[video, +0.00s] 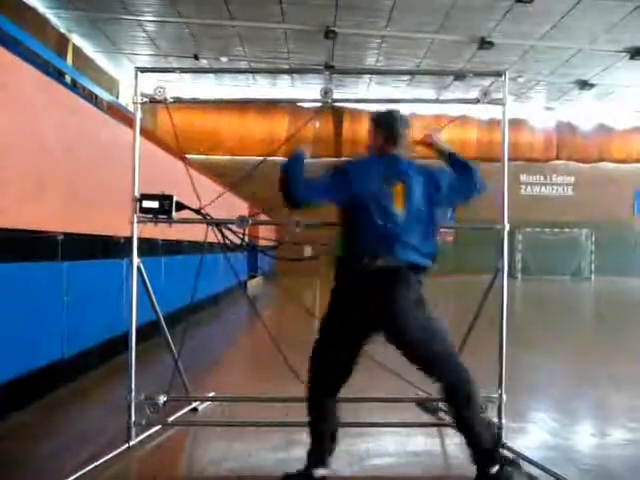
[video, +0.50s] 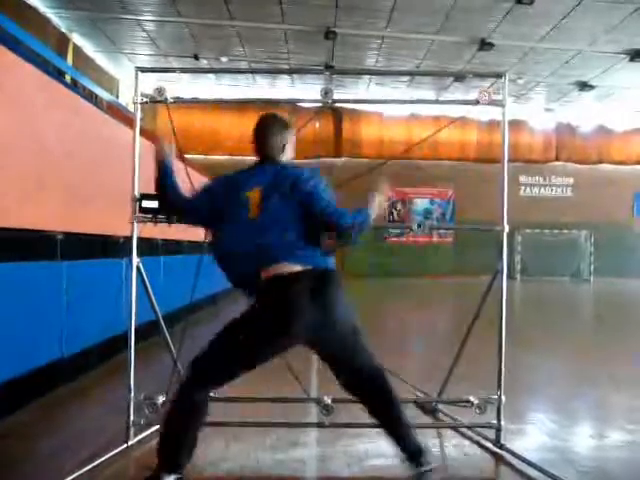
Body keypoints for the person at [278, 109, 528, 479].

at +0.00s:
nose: (372, 140)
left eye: (373, 134)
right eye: (377, 134)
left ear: (377, 137)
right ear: (405, 139)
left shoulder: (358, 173)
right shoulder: (429, 178)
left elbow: (297, 195)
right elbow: (473, 183)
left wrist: (296, 158)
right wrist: (445, 151)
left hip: (355, 292)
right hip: (403, 293)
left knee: (324, 375)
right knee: (451, 371)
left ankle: (318, 461)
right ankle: (489, 459)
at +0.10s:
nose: (348, 129)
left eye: (350, 123)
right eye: (354, 122)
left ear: (355, 126)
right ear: (386, 127)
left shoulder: (330, 162)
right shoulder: (406, 162)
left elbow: (275, 185)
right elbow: (441, 138)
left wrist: (278, 152)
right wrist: (406, 118)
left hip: (334, 290)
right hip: (382, 291)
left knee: (294, 363)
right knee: (427, 367)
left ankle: (297, 465)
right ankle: (442, 466)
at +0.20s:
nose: (319, 120)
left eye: (320, 114)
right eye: (324, 113)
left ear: (324, 117)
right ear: (356, 116)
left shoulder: (304, 158)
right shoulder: (380, 148)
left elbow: (240, 168)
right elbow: (421, 129)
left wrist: (227, 133)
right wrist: (382, 108)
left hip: (323, 286)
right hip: (372, 287)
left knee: (253, 353)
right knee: (412, 374)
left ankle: (251, 454)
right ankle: (445, 465)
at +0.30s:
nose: (270, 132)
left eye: (270, 127)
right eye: (285, 128)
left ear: (269, 131)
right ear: (302, 130)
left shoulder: (254, 161)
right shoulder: (325, 162)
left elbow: (208, 138)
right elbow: (377, 182)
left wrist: (173, 103)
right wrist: (388, 158)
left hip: (301, 289)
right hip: (345, 281)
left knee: (241, 381)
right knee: (402, 364)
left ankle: (187, 464)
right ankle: (466, 441)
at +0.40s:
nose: (281, 147)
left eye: (274, 141)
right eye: (281, 142)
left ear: (247, 147)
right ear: (280, 148)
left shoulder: (226, 181)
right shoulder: (293, 184)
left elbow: (195, 154)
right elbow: (322, 234)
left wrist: (167, 114)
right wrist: (371, 224)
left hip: (280, 307)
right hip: (326, 298)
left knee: (195, 379)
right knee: (389, 377)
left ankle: (169, 468)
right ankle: (462, 451)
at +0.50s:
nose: (294, 146)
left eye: (292, 141)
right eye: (292, 141)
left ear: (254, 145)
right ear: (287, 145)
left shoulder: (226, 189)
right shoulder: (302, 179)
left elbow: (177, 206)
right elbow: (341, 225)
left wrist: (164, 160)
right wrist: (373, 207)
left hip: (275, 301)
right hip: (322, 292)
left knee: (200, 378)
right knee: (364, 374)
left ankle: (169, 468)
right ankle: (417, 456)